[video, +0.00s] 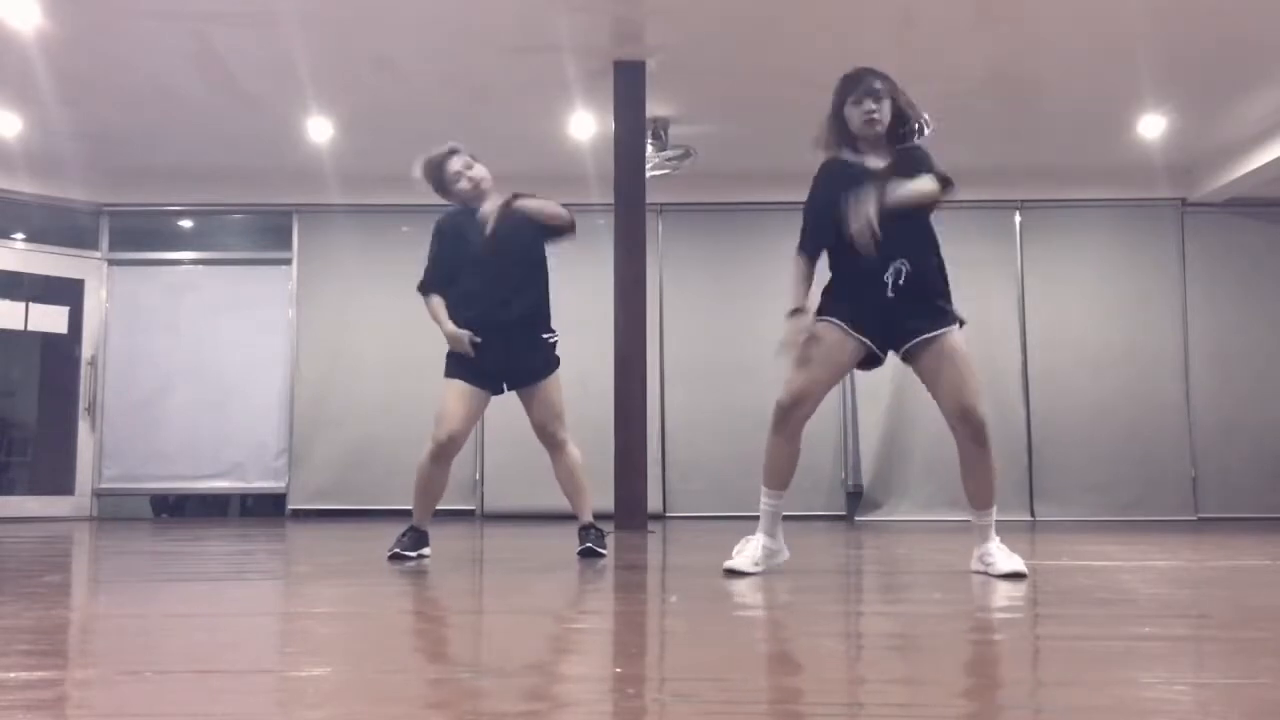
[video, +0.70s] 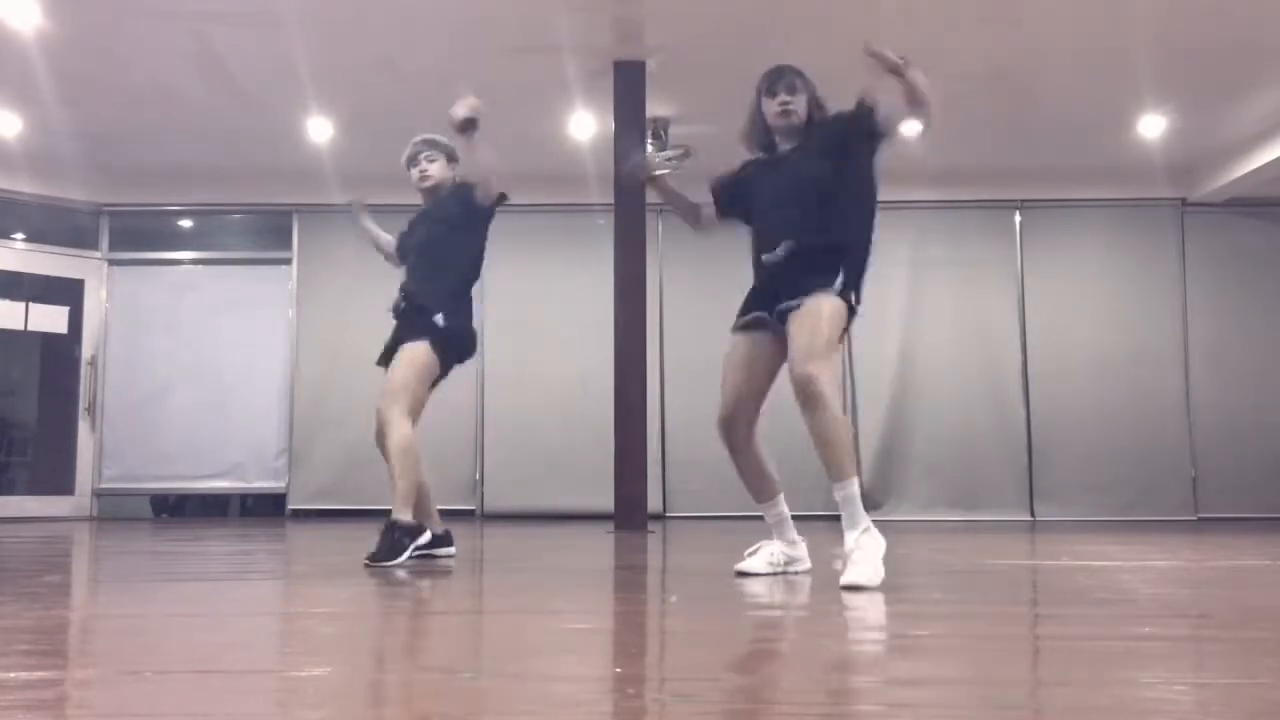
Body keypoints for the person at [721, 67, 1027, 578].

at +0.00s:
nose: (868, 108)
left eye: (877, 99)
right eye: (857, 101)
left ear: (893, 108)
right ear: (842, 113)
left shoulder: (913, 159)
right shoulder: (833, 173)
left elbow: (935, 187)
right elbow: (807, 248)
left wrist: (880, 195)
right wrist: (799, 307)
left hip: (921, 308)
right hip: (851, 310)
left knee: (971, 417)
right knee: (790, 404)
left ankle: (988, 544)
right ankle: (767, 538)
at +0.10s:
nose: (844, 125)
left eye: (855, 115)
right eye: (833, 117)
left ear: (872, 124)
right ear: (819, 128)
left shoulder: (892, 164)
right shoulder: (821, 202)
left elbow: (912, 221)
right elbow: (820, 276)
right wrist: (798, 321)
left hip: (899, 308)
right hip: (836, 316)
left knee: (971, 426)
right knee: (781, 414)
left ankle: (988, 545)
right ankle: (786, 545)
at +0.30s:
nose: (807, 123)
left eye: (816, 115)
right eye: (797, 116)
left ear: (832, 124)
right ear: (782, 127)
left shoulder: (852, 170)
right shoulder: (775, 197)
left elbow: (925, 217)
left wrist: (968, 268)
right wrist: (738, 327)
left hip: (849, 302)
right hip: (791, 309)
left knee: (893, 410)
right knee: (741, 419)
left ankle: (981, 497)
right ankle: (783, 544)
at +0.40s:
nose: (794, 110)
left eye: (803, 101)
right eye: (784, 102)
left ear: (819, 110)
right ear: (769, 113)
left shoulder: (848, 150)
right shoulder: (754, 182)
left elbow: (919, 144)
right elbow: (704, 220)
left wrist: (926, 168)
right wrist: (671, 259)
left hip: (845, 277)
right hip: (785, 292)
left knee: (864, 362)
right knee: (750, 411)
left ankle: (913, 499)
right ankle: (784, 543)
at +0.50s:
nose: (787, 86)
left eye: (797, 76)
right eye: (776, 79)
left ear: (815, 83)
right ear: (764, 92)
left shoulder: (842, 132)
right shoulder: (765, 158)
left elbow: (907, 154)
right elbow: (712, 225)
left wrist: (893, 95)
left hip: (843, 268)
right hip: (781, 282)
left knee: (841, 347)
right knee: (764, 405)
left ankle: (871, 508)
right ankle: (786, 543)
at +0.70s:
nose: (783, 101)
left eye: (793, 93)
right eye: (772, 94)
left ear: (811, 103)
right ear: (760, 109)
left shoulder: (843, 136)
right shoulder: (755, 174)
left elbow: (917, 114)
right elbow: (700, 212)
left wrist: (903, 74)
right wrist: (654, 180)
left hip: (826, 283)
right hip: (768, 293)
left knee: (809, 379)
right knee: (733, 421)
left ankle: (860, 535)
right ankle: (786, 543)